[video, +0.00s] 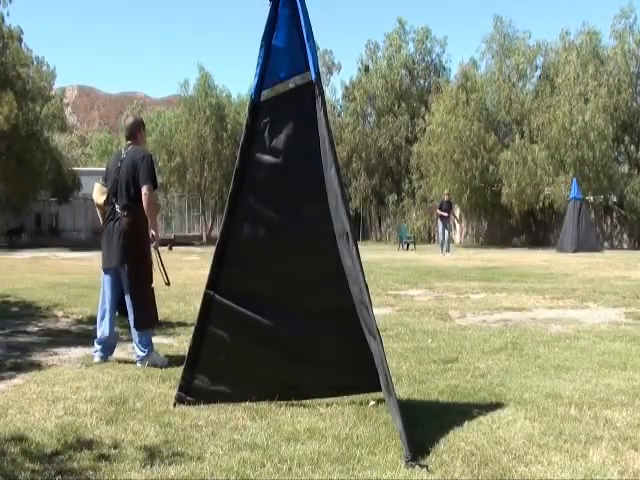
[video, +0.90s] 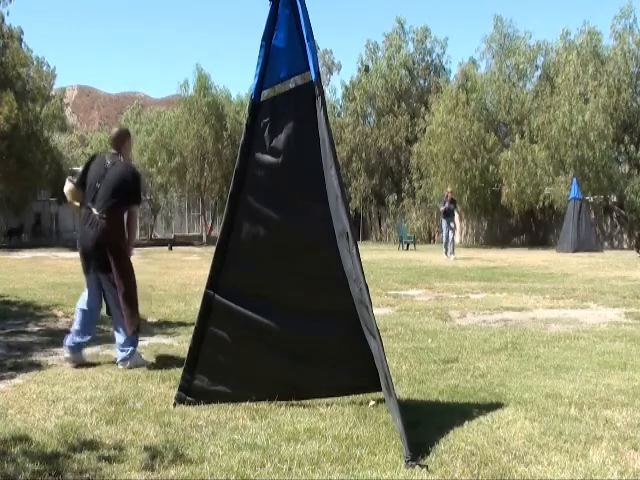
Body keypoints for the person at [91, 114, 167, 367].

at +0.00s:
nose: (146, 136)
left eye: (144, 132)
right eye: (145, 132)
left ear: (126, 134)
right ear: (140, 133)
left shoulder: (114, 158)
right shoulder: (143, 156)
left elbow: (99, 194)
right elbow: (147, 194)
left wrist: (106, 223)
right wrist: (154, 227)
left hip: (111, 228)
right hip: (133, 228)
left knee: (109, 292)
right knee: (137, 291)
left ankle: (101, 348)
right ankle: (144, 351)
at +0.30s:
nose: (140, 140)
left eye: (138, 136)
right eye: (139, 136)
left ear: (120, 138)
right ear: (135, 137)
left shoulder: (110, 160)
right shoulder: (134, 156)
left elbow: (101, 194)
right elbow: (148, 181)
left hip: (106, 223)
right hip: (124, 225)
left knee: (107, 288)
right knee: (132, 288)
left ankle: (96, 346)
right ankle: (144, 351)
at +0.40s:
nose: (140, 138)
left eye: (138, 135)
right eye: (139, 134)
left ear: (119, 138)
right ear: (134, 136)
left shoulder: (112, 160)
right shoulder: (128, 152)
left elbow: (110, 200)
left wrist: (140, 214)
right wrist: (167, 149)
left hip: (100, 236)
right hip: (119, 237)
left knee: (104, 292)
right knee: (138, 289)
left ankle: (95, 347)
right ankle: (143, 350)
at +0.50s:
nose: (144, 140)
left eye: (143, 137)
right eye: (142, 136)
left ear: (123, 138)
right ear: (135, 138)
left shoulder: (110, 163)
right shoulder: (129, 156)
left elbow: (94, 186)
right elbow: (143, 136)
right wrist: (163, 119)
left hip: (98, 238)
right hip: (118, 238)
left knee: (100, 296)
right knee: (133, 292)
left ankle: (95, 347)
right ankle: (130, 349)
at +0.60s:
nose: (144, 151)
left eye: (141, 148)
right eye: (143, 148)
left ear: (123, 148)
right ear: (139, 149)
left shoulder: (112, 164)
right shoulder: (141, 168)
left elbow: (90, 184)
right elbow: (167, 181)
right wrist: (177, 156)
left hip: (92, 224)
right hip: (111, 229)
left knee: (94, 285)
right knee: (122, 284)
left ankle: (94, 346)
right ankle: (126, 350)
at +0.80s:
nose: (140, 158)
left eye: (138, 154)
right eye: (139, 154)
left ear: (119, 154)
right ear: (133, 155)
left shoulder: (102, 168)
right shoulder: (135, 182)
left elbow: (75, 193)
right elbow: (137, 224)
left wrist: (88, 219)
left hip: (90, 230)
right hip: (112, 236)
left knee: (95, 289)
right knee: (127, 290)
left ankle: (89, 346)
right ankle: (127, 351)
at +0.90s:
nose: (131, 149)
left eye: (128, 144)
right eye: (131, 145)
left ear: (111, 144)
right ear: (127, 146)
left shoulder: (95, 161)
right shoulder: (131, 172)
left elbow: (76, 192)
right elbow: (132, 213)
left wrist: (92, 206)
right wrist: (131, 242)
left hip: (85, 230)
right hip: (108, 235)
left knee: (92, 290)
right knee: (117, 291)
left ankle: (74, 346)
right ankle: (127, 352)